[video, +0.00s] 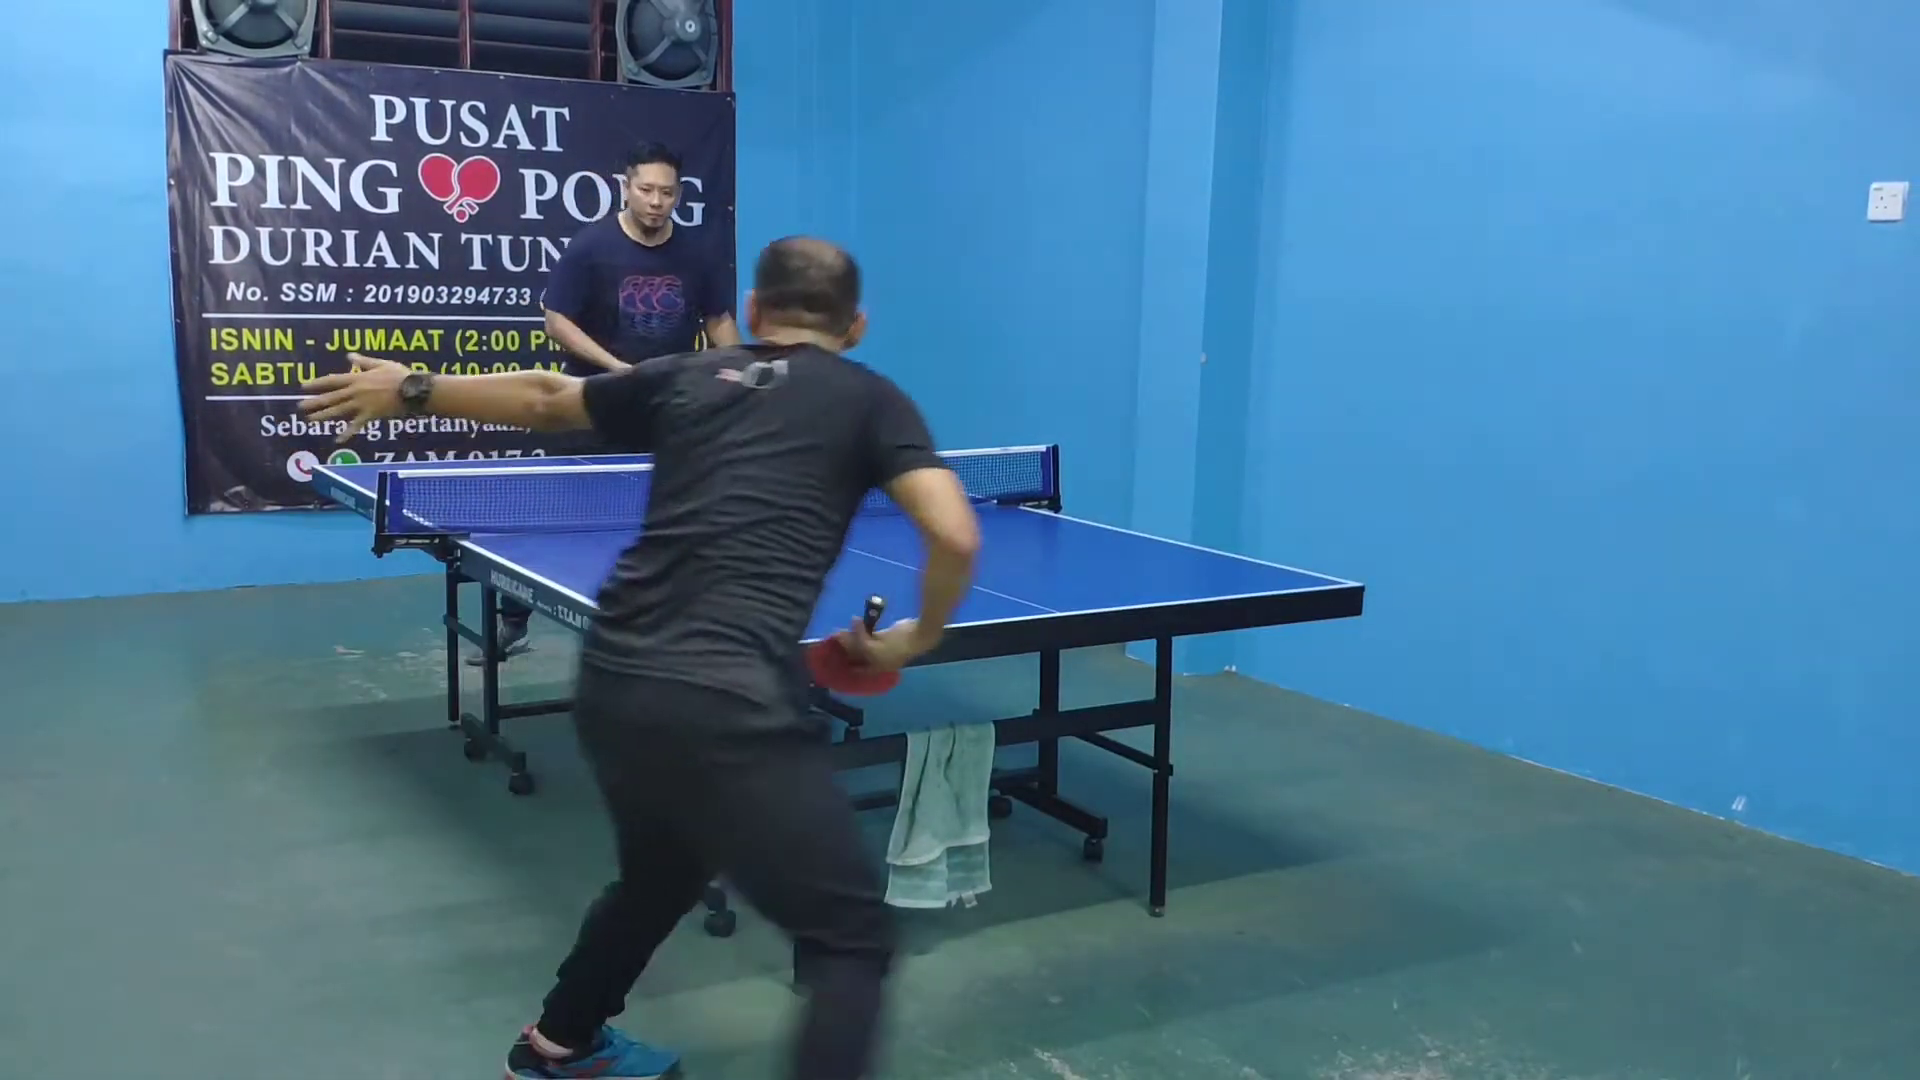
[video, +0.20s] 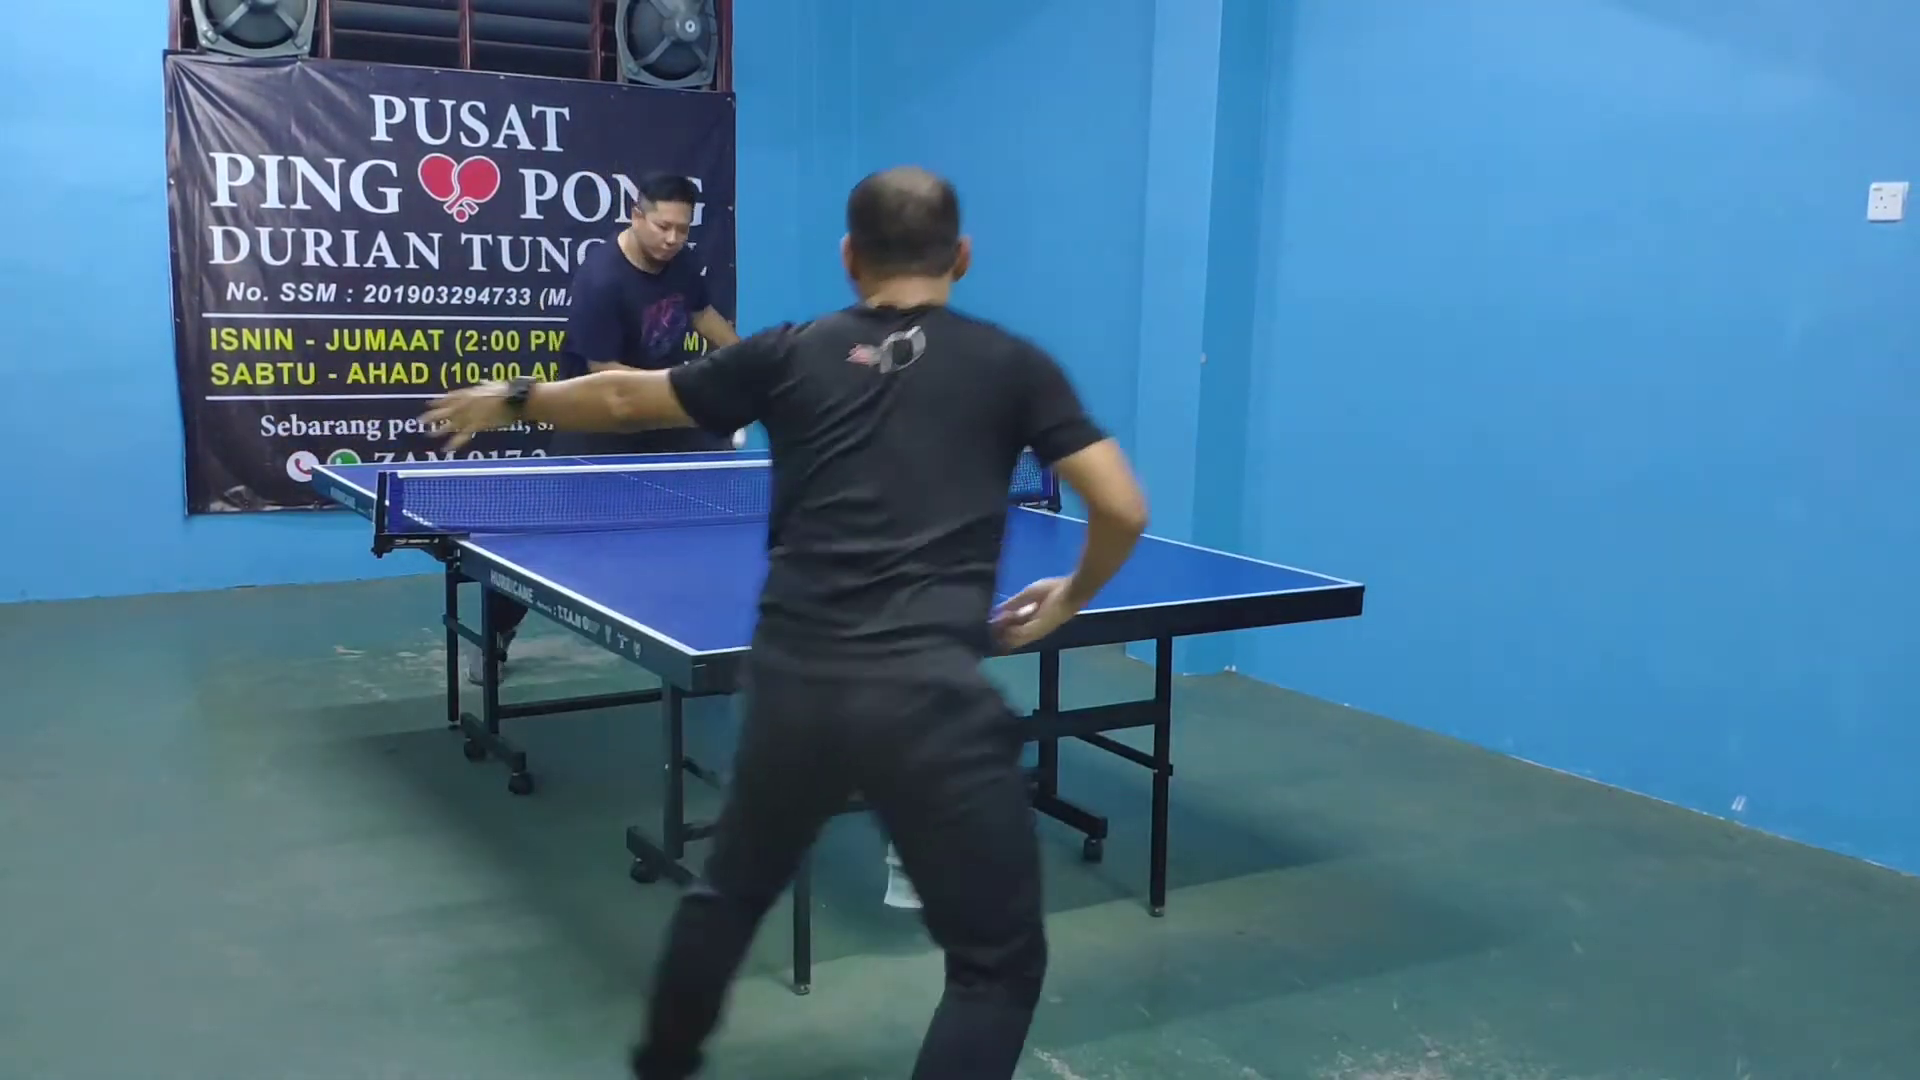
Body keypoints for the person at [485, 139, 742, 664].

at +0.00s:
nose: (657, 201)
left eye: (666, 191)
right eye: (647, 189)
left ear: (677, 196)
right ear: (626, 190)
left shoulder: (696, 254)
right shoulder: (590, 248)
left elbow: (720, 324)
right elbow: (555, 319)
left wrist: (738, 373)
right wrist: (614, 365)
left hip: (671, 412)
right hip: (594, 406)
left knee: (669, 519)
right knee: (550, 510)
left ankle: (668, 617)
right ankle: (512, 618)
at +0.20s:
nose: (672, 240)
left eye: (682, 229)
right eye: (662, 227)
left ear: (690, 226)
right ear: (636, 216)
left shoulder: (681, 262)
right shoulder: (602, 276)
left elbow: (704, 317)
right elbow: (604, 374)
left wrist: (748, 361)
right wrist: (686, 388)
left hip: (665, 419)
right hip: (595, 424)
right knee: (549, 523)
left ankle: (706, 637)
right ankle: (498, 631)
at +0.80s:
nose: (637, 210)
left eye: (643, 199)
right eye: (625, 200)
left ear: (649, 203)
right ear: (595, 203)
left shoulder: (659, 258)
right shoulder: (567, 268)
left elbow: (694, 307)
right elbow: (550, 350)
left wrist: (742, 342)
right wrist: (601, 369)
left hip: (646, 419)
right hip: (575, 424)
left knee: (692, 513)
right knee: (536, 524)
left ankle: (702, 633)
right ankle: (488, 634)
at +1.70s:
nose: (492, 200)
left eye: (502, 190)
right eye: (480, 191)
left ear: (520, 199)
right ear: (462, 205)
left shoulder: (563, 248)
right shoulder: (450, 280)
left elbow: (616, 292)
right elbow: (402, 346)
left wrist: (657, 345)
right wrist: (363, 417)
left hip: (590, 418)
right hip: (509, 425)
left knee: (640, 521)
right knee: (467, 520)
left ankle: (675, 639)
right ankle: (437, 635)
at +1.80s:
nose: (510, 193)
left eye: (517, 182)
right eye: (497, 184)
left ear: (530, 189)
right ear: (476, 194)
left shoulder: (573, 245)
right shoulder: (461, 271)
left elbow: (626, 295)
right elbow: (423, 345)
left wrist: (660, 342)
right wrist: (391, 420)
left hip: (594, 415)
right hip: (513, 422)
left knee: (644, 518)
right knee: (470, 519)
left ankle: (682, 638)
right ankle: (436, 635)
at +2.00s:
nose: (549, 179)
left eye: (556, 169)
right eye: (536, 170)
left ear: (568, 178)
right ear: (515, 182)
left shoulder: (606, 239)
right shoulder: (498, 254)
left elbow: (654, 293)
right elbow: (472, 332)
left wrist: (674, 340)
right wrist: (450, 409)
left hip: (610, 408)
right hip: (534, 412)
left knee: (645, 511)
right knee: (491, 509)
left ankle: (674, 633)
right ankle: (448, 631)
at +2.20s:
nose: (565, 175)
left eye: (572, 165)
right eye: (553, 166)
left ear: (583, 173)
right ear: (530, 175)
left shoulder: (619, 237)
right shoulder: (507, 246)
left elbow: (664, 295)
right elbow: (479, 324)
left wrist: (676, 350)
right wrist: (462, 397)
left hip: (610, 407)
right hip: (534, 410)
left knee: (625, 514)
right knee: (513, 515)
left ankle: (638, 626)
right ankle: (496, 627)